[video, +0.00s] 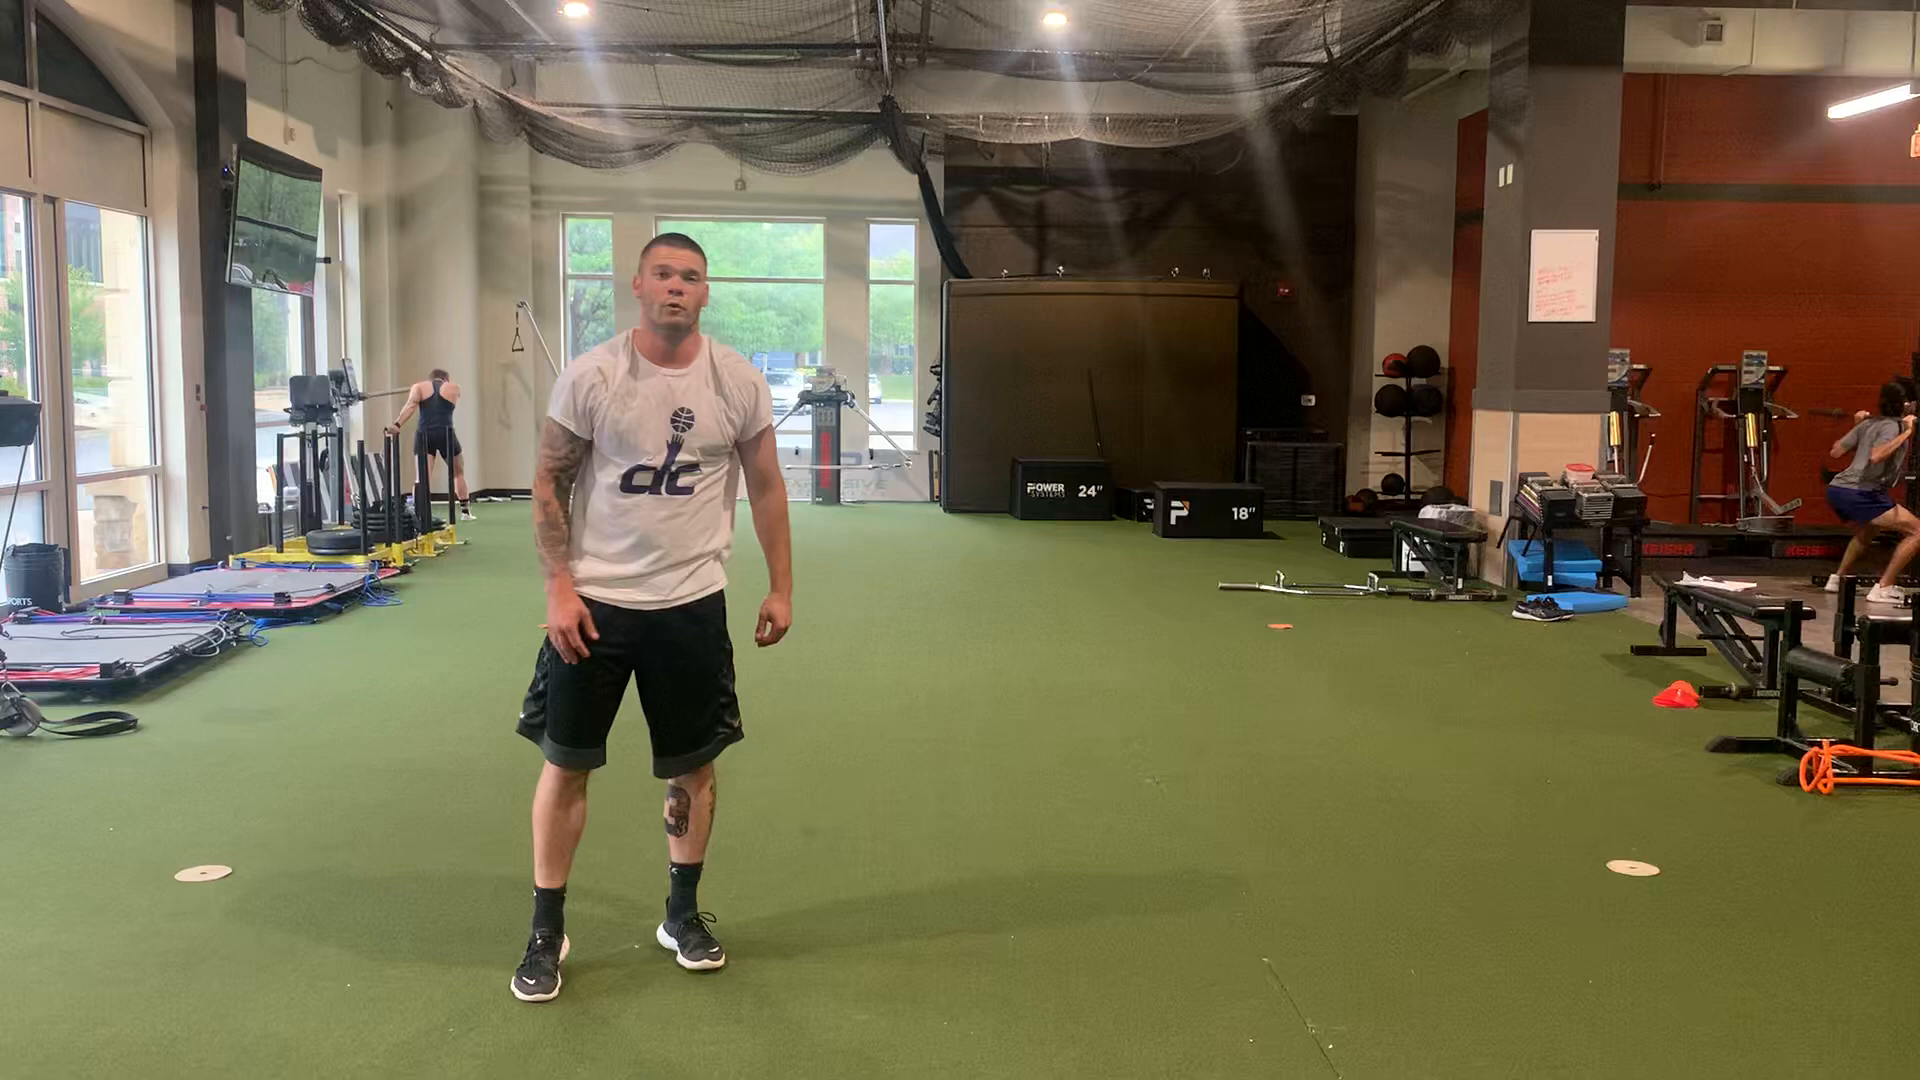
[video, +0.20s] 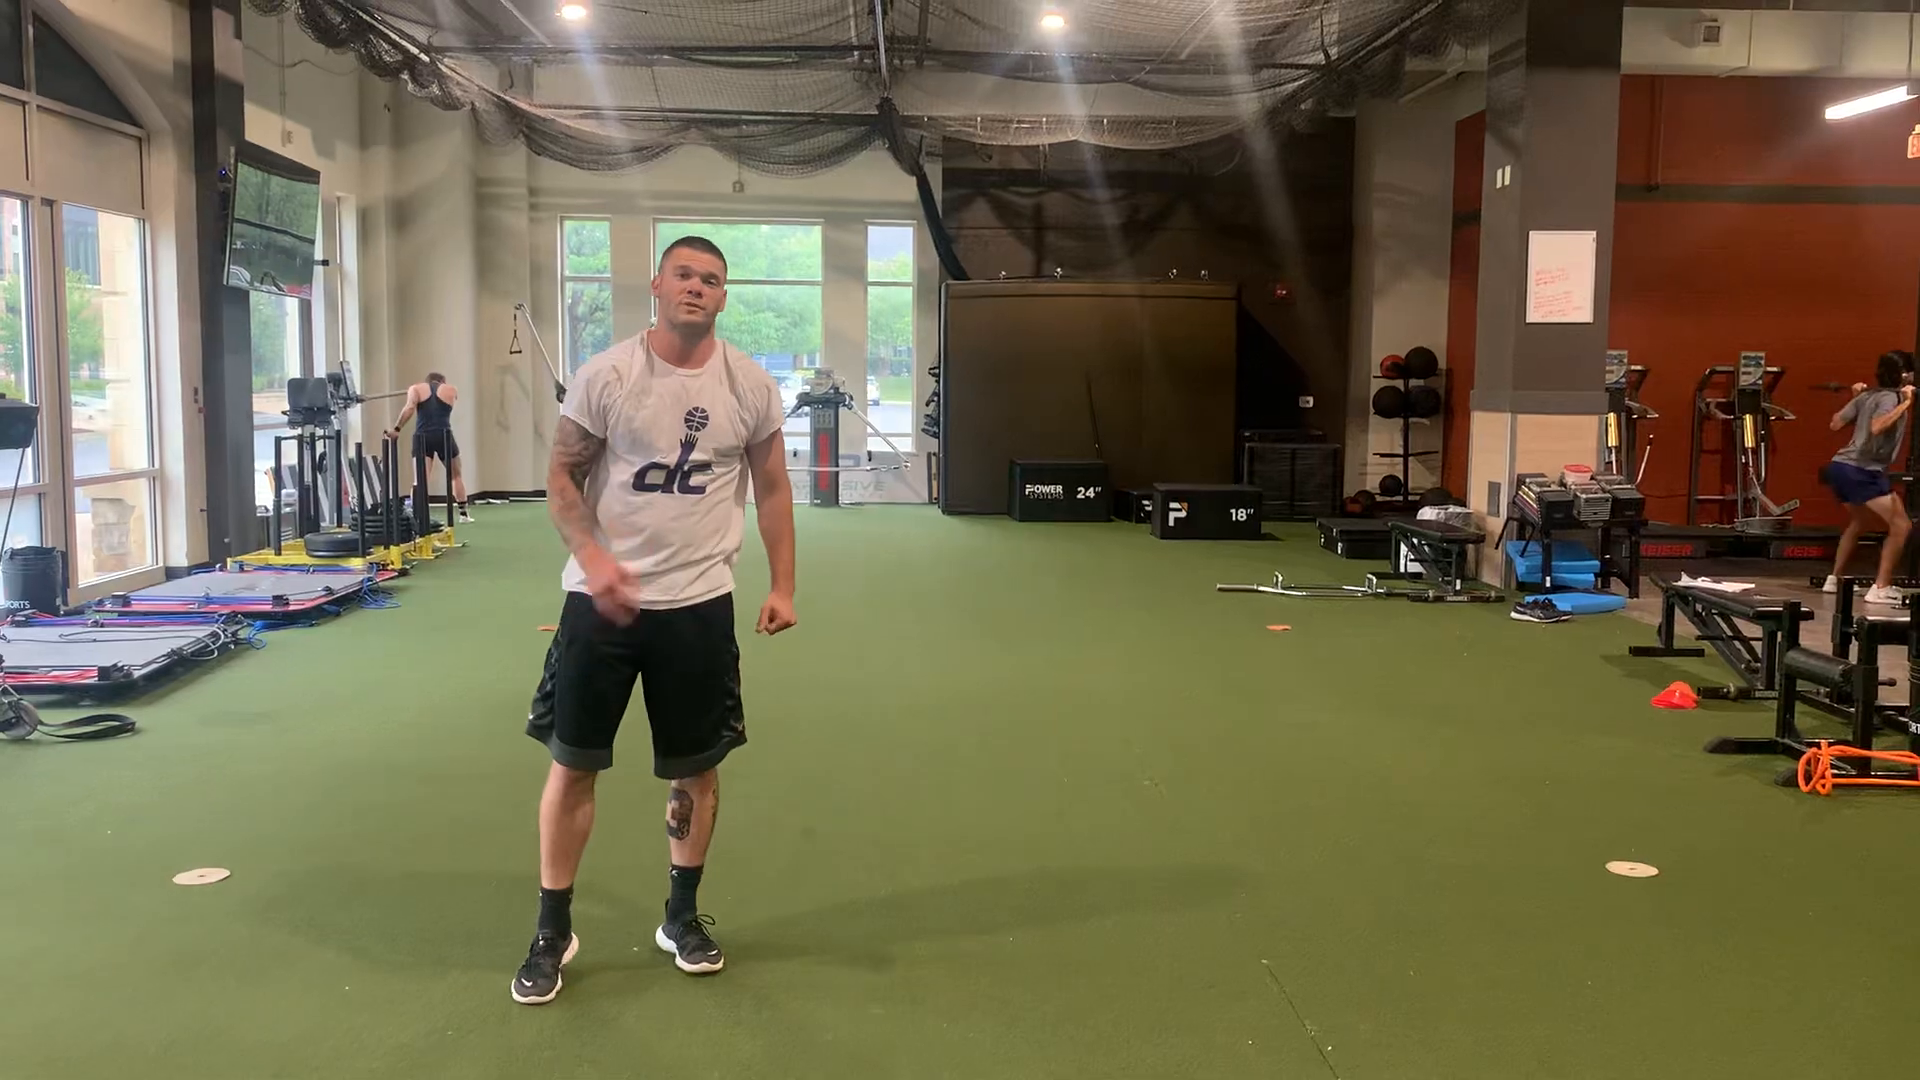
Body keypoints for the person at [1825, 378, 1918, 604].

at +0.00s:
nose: (1914, 407)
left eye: (1913, 402)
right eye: (1912, 402)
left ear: (1885, 402)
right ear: (1903, 404)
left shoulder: (1867, 424)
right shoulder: (1894, 427)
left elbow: (1836, 451)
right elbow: (1876, 456)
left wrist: (1858, 424)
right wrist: (1906, 433)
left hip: (1837, 490)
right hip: (1862, 496)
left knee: (1870, 528)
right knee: (1916, 530)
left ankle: (1838, 578)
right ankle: (1884, 587)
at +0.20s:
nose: (1913, 378)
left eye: (1913, 374)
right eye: (1911, 374)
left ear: (1883, 374)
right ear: (1902, 375)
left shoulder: (1866, 397)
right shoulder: (1891, 398)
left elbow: (1836, 424)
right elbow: (1876, 427)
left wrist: (1856, 397)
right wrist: (1906, 403)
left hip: (1839, 467)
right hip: (1860, 472)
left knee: (1858, 522)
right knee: (1900, 525)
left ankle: (1834, 578)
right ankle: (1881, 587)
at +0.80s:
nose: (1892, 413)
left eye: (1892, 409)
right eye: (1890, 409)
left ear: (1862, 409)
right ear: (1883, 412)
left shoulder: (1847, 432)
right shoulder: (1873, 433)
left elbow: (1816, 459)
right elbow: (1858, 459)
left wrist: (1836, 432)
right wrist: (1889, 437)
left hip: (1819, 500)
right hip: (1843, 504)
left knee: (1855, 533)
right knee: (1904, 532)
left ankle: (1820, 578)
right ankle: (1867, 587)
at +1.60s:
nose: (1907, 386)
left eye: (1907, 381)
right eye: (1906, 381)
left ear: (1877, 380)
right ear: (1897, 381)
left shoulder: (1861, 402)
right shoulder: (1888, 404)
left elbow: (1830, 429)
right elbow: (1872, 431)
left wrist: (1850, 403)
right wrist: (1901, 408)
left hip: (1835, 471)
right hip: (1857, 475)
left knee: (1863, 520)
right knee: (1908, 522)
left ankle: (1835, 574)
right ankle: (1882, 582)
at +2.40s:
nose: (1915, 421)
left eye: (1915, 416)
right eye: (1913, 417)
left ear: (1883, 418)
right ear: (1904, 420)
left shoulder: (1867, 439)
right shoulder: (1893, 441)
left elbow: (1836, 468)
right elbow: (1877, 469)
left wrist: (1858, 442)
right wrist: (1908, 446)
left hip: (1837, 506)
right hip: (1862, 509)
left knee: (1877, 528)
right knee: (1918, 527)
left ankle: (1843, 574)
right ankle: (1889, 583)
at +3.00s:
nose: (1907, 391)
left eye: (1906, 386)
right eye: (1904, 386)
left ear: (1877, 387)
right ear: (1896, 388)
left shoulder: (1861, 410)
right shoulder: (1887, 410)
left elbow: (1831, 438)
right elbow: (1873, 439)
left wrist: (1850, 411)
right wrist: (1902, 415)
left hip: (1834, 479)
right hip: (1855, 484)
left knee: (1858, 526)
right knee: (1906, 528)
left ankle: (1832, 581)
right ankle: (1878, 589)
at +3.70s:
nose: (1896, 422)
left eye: (1896, 418)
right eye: (1895, 417)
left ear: (1866, 419)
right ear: (1887, 421)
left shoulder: (1852, 441)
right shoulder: (1877, 442)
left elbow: (1822, 469)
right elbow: (1863, 472)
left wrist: (1841, 443)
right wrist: (1892, 448)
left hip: (1824, 508)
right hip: (1847, 512)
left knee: (1856, 542)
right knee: (1910, 540)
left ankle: (1826, 585)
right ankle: (1872, 593)